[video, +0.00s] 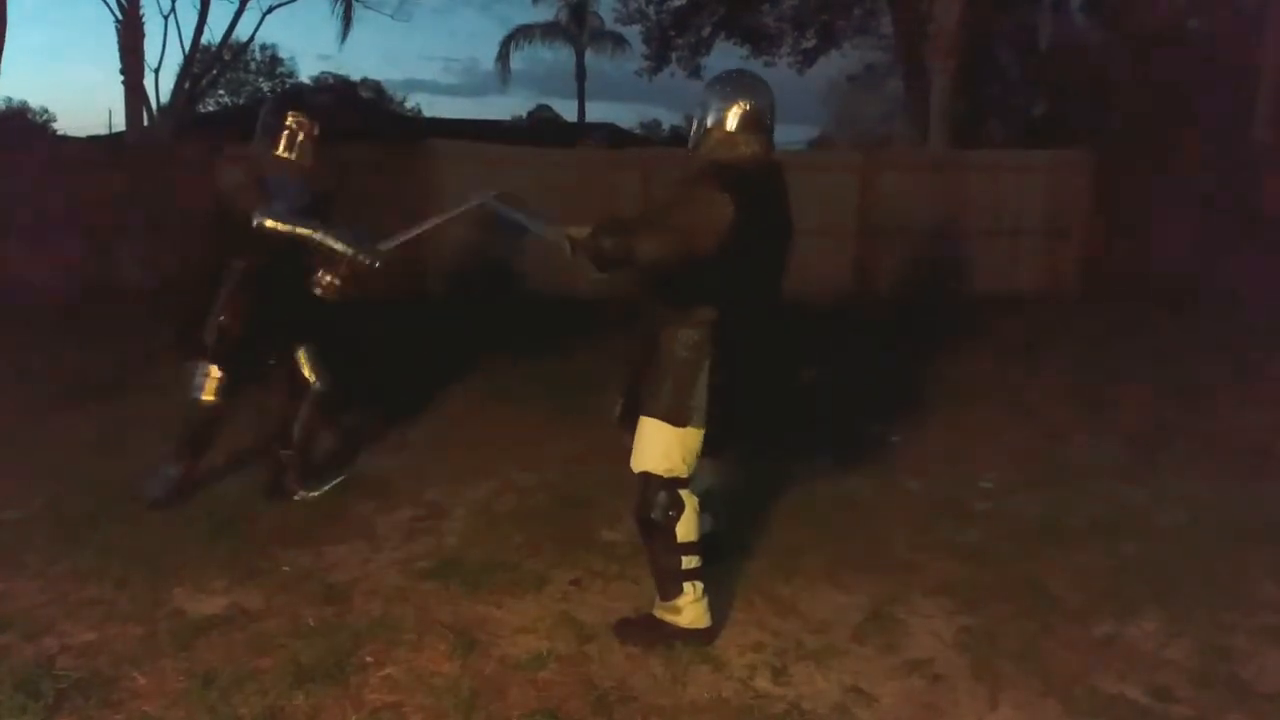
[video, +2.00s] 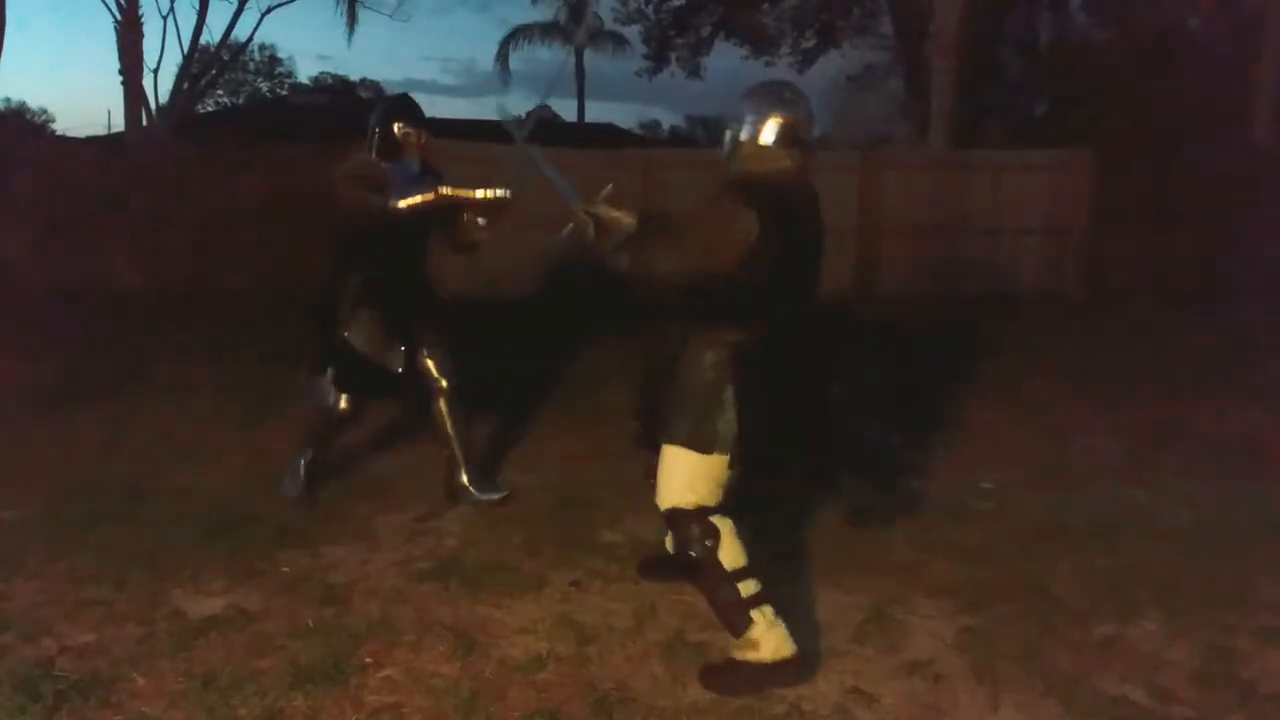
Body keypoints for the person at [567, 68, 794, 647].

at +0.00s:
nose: (698, 125)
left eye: (707, 114)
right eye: (703, 114)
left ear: (728, 116)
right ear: (757, 118)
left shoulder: (730, 182)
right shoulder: (752, 177)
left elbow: (680, 245)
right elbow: (681, 235)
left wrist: (608, 246)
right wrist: (615, 237)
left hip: (701, 343)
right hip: (715, 337)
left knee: (659, 481)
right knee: (675, 471)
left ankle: (683, 612)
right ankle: (685, 605)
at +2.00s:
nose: (729, 139)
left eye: (738, 128)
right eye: (735, 127)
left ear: (755, 133)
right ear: (791, 134)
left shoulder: (753, 202)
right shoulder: (785, 196)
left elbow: (692, 263)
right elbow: (703, 240)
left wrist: (615, 247)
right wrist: (637, 226)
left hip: (728, 363)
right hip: (756, 355)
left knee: (689, 503)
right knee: (695, 456)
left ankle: (768, 645)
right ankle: (690, 551)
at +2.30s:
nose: (749, 145)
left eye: (758, 135)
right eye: (758, 136)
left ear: (771, 137)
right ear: (809, 142)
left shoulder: (776, 198)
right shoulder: (799, 195)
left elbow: (712, 252)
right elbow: (721, 235)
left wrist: (645, 214)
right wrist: (657, 205)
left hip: (744, 362)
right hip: (782, 349)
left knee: (717, 509)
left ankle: (777, 658)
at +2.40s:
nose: (740, 146)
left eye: (748, 136)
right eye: (747, 136)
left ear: (762, 139)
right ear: (801, 142)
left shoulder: (767, 202)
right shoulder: (794, 198)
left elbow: (704, 235)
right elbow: (713, 213)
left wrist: (643, 208)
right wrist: (655, 184)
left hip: (738, 366)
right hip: (766, 359)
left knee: (725, 510)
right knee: (744, 494)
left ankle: (775, 655)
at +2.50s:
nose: (736, 143)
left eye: (744, 132)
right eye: (744, 132)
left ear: (755, 134)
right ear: (789, 136)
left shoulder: (757, 193)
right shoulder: (782, 190)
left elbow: (702, 226)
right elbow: (704, 192)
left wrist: (642, 182)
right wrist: (654, 157)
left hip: (738, 343)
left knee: (737, 486)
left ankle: (767, 632)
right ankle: (725, 525)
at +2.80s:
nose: (722, 131)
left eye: (733, 122)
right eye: (728, 122)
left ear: (752, 126)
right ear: (777, 126)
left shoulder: (755, 182)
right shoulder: (777, 175)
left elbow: (694, 207)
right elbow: (693, 164)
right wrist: (639, 122)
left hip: (740, 325)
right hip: (758, 319)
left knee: (687, 446)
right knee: (726, 422)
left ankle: (716, 564)